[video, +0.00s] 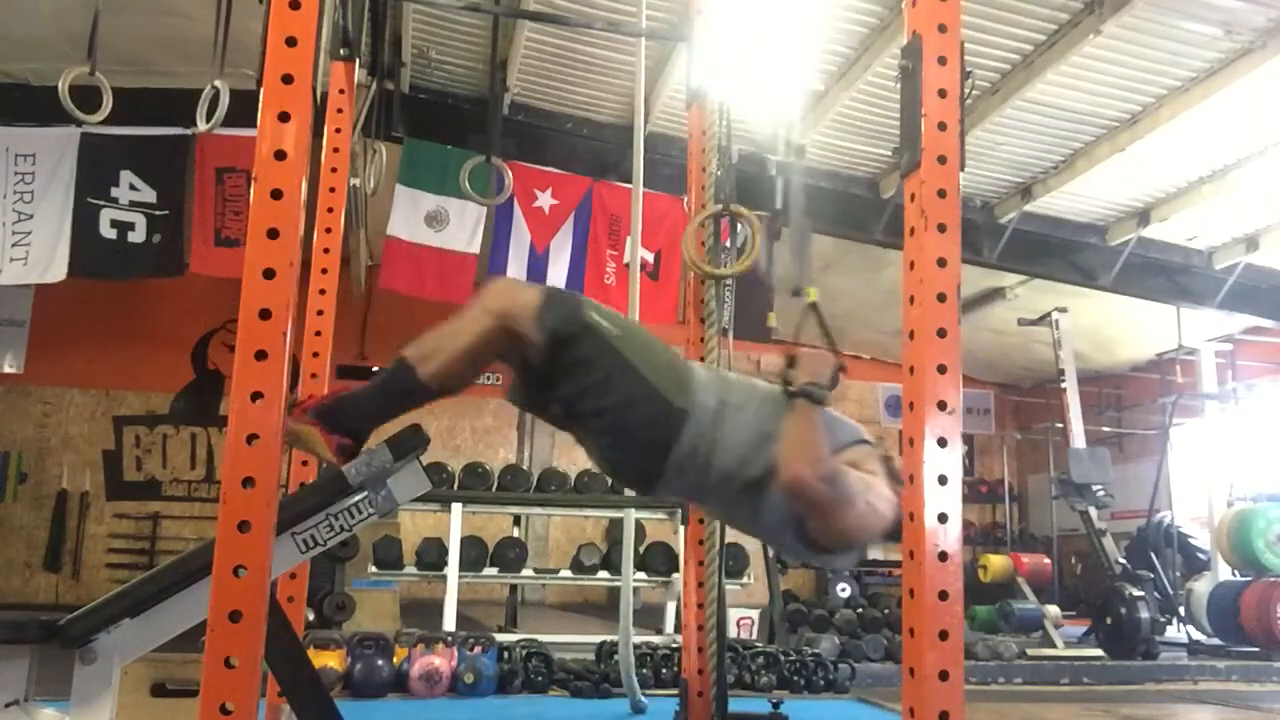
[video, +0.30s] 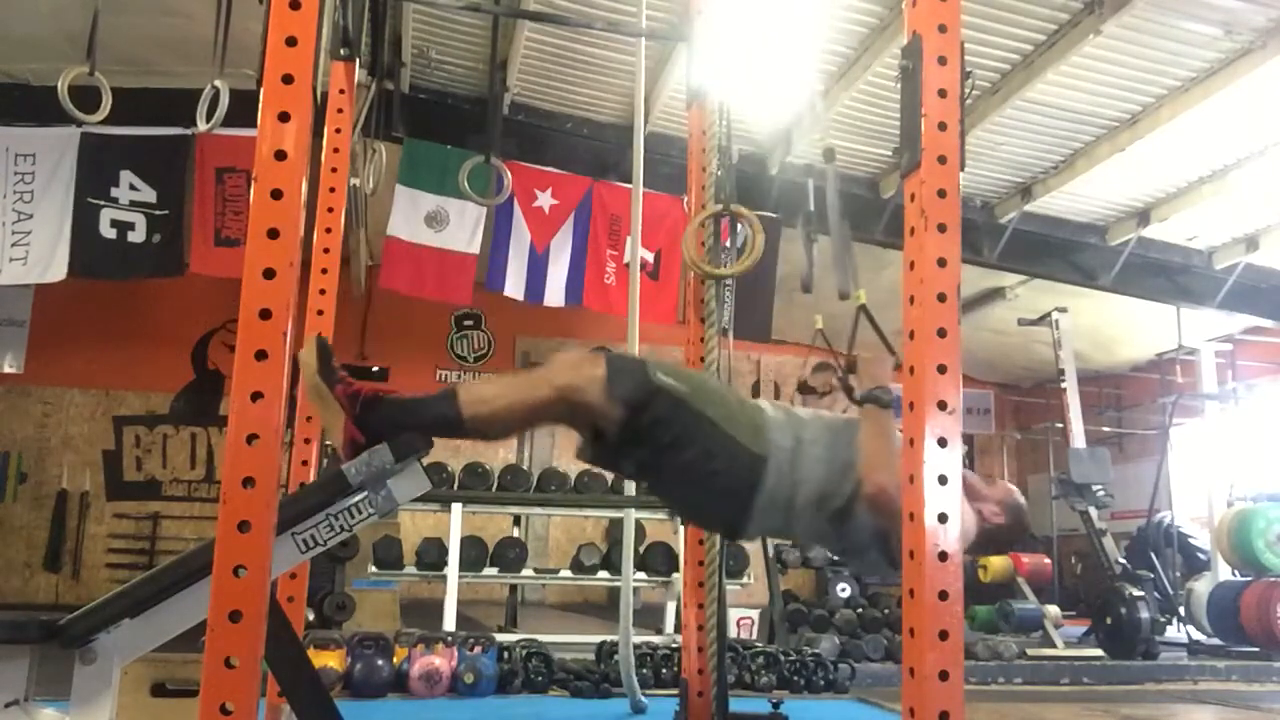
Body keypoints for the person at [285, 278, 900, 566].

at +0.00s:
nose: (890, 461)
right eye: (897, 466)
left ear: (885, 517)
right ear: (903, 470)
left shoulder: (860, 520)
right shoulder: (856, 450)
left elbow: (805, 476)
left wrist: (809, 393)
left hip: (671, 431)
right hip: (678, 394)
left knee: (512, 304)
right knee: (505, 301)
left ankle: (351, 417)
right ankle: (363, 399)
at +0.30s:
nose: (983, 492)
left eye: (995, 503)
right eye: (991, 487)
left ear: (986, 534)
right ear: (977, 484)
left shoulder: (930, 552)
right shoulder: (928, 488)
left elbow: (885, 494)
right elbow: (870, 440)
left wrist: (882, 412)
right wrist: (885, 399)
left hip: (752, 472)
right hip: (747, 433)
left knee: (580, 381)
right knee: (561, 362)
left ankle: (379, 415)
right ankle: (397, 420)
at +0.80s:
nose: (975, 571)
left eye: (984, 586)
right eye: (986, 568)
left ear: (974, 613)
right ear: (973, 561)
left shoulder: (921, 622)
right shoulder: (914, 565)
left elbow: (885, 515)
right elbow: (876, 497)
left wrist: (905, 445)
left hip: (755, 544)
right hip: (750, 503)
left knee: (595, 434)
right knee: (574, 429)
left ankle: (378, 410)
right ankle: (382, 420)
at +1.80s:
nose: (986, 467)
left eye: (995, 478)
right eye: (991, 463)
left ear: (989, 508)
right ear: (978, 460)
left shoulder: (939, 528)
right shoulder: (930, 469)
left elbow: (887, 486)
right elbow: (876, 464)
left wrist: (917, 408)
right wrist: (883, 398)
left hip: (754, 468)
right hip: (745, 454)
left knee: (570, 407)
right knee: (560, 407)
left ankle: (365, 414)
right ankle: (373, 416)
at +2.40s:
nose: (926, 448)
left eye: (937, 463)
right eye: (934, 449)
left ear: (933, 495)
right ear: (922, 457)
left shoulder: (887, 511)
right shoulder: (875, 462)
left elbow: (844, 477)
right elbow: (832, 427)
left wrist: (843, 396)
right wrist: (842, 382)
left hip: (709, 434)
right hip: (702, 414)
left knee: (538, 327)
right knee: (528, 353)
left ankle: (360, 415)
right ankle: (370, 416)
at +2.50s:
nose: (912, 420)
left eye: (921, 429)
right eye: (921, 421)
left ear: (926, 459)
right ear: (922, 436)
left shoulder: (879, 495)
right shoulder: (865, 442)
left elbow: (810, 476)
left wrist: (813, 390)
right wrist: (813, 371)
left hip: (680, 425)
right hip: (677, 404)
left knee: (507, 312)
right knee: (501, 320)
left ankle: (342, 424)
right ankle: (348, 410)